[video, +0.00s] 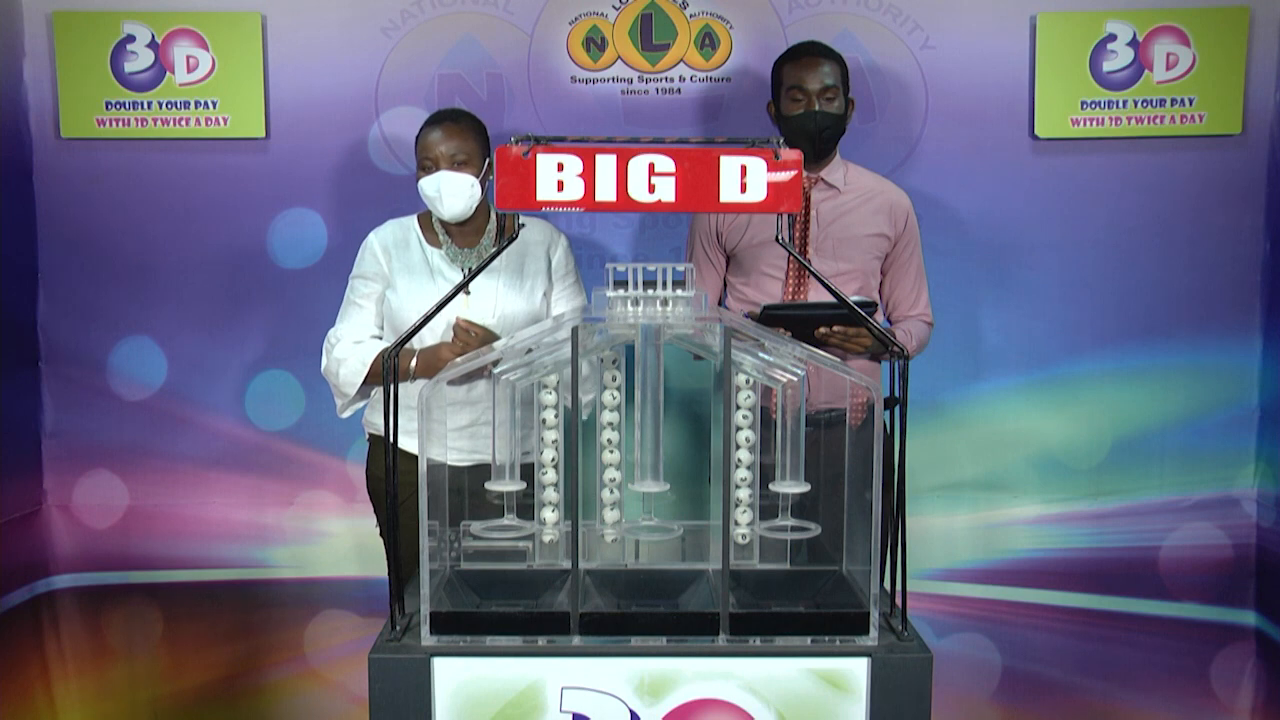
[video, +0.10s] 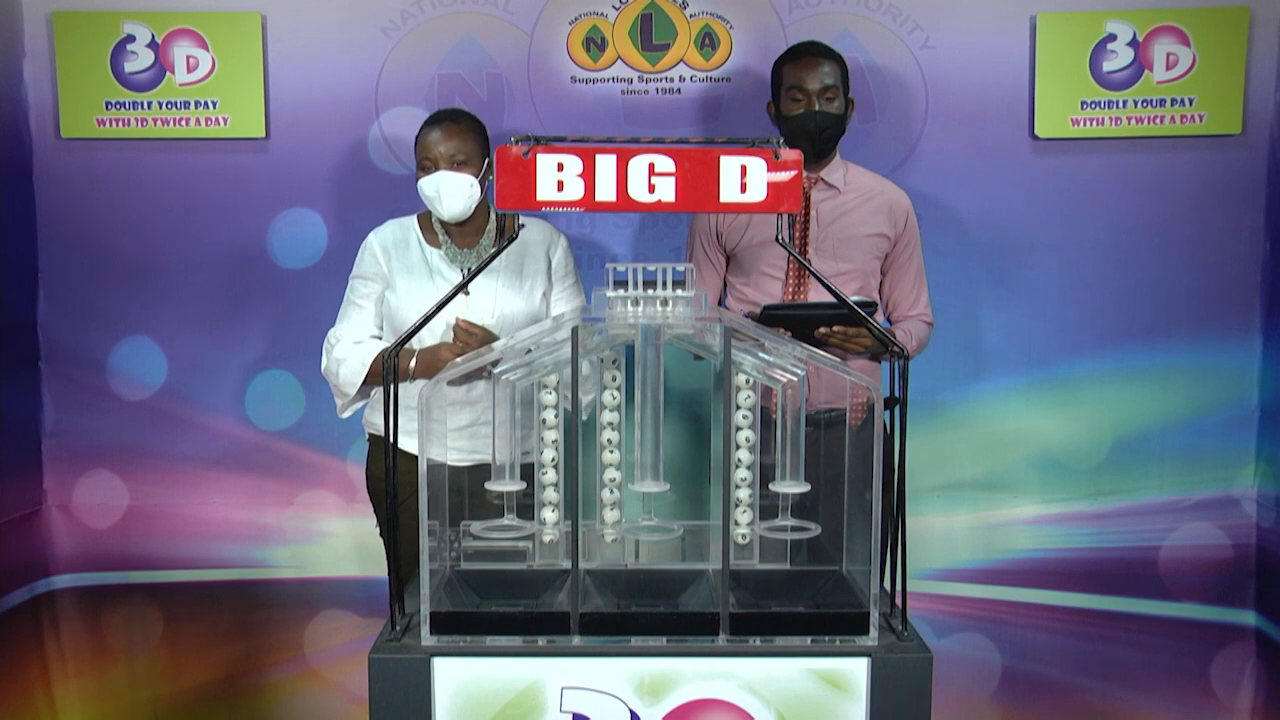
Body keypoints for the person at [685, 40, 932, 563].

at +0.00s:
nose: (813, 108)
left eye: (829, 94)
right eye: (796, 95)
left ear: (848, 108)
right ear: (774, 109)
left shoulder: (888, 205)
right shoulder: (726, 201)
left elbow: (915, 321)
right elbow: (696, 319)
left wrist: (876, 342)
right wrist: (761, 340)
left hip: (844, 419)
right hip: (751, 419)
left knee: (845, 584)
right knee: (753, 581)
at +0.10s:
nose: (813, 108)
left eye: (829, 94)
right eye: (796, 95)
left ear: (848, 108)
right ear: (774, 109)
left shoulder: (888, 205)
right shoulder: (726, 200)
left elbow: (915, 320)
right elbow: (696, 319)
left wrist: (876, 342)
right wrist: (761, 340)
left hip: (844, 417)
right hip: (751, 417)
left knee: (845, 581)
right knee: (753, 579)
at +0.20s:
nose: (813, 108)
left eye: (829, 94)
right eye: (796, 95)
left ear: (848, 108)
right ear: (774, 109)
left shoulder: (888, 204)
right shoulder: (726, 200)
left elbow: (915, 320)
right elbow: (696, 319)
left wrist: (876, 342)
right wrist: (761, 340)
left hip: (843, 417)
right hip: (752, 417)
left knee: (845, 581)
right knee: (753, 579)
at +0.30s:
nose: (813, 108)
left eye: (829, 94)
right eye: (796, 95)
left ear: (848, 108)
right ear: (774, 109)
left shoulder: (888, 205)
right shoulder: (726, 201)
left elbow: (914, 320)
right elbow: (696, 319)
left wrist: (876, 342)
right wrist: (760, 340)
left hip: (844, 417)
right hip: (752, 417)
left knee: (844, 581)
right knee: (753, 579)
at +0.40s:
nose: (813, 108)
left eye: (828, 94)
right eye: (796, 95)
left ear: (848, 108)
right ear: (774, 109)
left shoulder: (888, 205)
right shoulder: (726, 201)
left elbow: (914, 320)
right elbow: (695, 319)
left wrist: (877, 342)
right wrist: (759, 340)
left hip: (844, 418)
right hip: (751, 419)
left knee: (845, 583)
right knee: (753, 581)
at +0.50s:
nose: (813, 108)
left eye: (828, 94)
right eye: (796, 95)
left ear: (848, 108)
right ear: (774, 109)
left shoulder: (888, 204)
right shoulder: (726, 200)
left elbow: (914, 320)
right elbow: (696, 318)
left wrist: (876, 342)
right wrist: (761, 340)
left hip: (843, 416)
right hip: (752, 416)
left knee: (844, 580)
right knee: (753, 578)